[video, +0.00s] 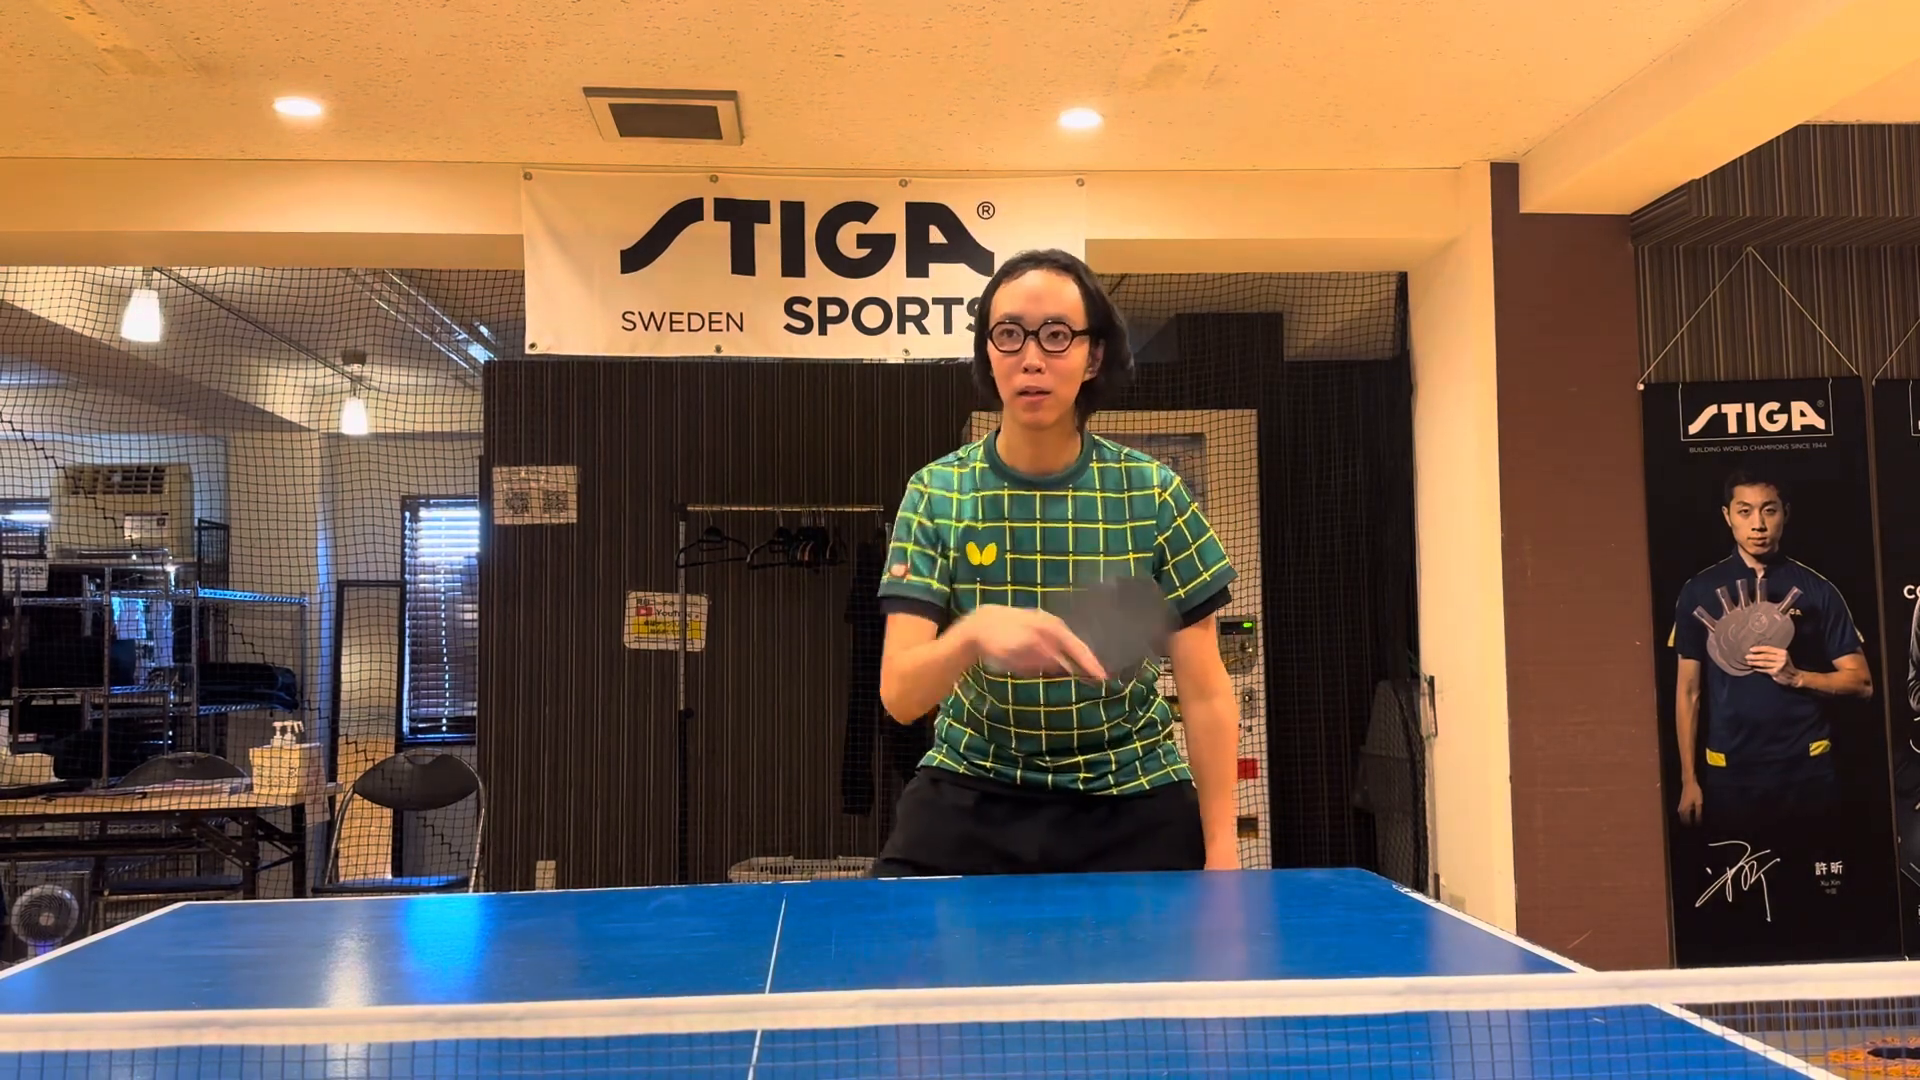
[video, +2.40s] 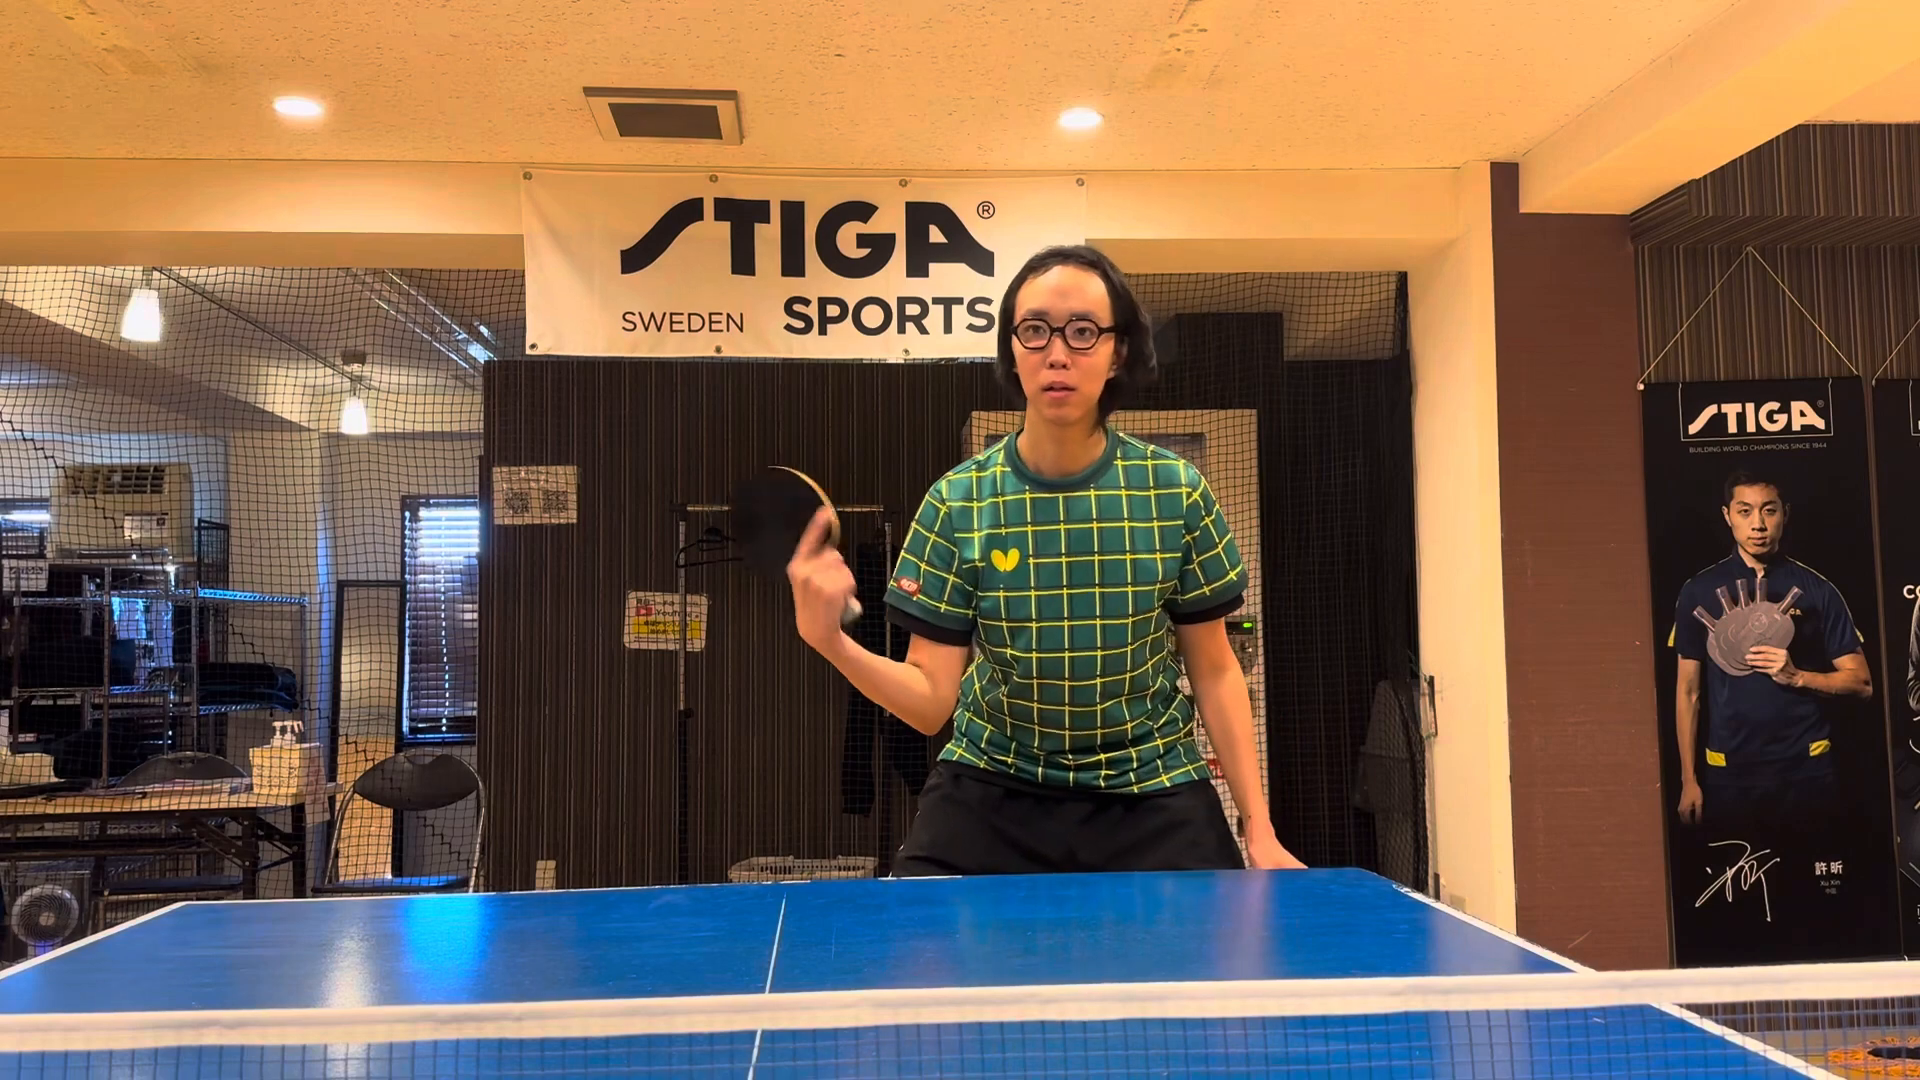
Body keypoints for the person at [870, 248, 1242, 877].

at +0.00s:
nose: (1031, 356)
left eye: (1056, 335)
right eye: (1011, 335)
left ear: (1092, 358)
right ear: (987, 354)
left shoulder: (1151, 494)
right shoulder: (938, 493)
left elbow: (1205, 691)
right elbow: (900, 694)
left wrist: (1222, 860)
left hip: (1133, 797)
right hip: (970, 794)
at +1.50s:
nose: (1129, 406)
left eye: (1154, 382)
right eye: (1105, 379)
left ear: (1182, 394)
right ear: (1074, 389)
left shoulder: (1223, 521)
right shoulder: (1005, 516)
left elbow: (1256, 713)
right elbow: (898, 696)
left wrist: (1269, 875)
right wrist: (968, 704)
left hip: (1174, 801)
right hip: (1012, 798)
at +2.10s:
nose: (1111, 364)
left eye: (1137, 344)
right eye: (1089, 341)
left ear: (1169, 367)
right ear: (1060, 360)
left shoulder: (1211, 504)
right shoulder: (996, 506)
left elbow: (1241, 689)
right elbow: (927, 710)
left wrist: (1270, 847)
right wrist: (877, 656)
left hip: (1168, 788)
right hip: (1007, 787)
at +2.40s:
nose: (1056, 353)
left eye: (1082, 332)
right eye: (1035, 331)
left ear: (1117, 354)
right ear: (1012, 351)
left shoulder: (1175, 492)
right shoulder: (959, 501)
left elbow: (1216, 672)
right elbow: (931, 702)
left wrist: (1260, 830)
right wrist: (831, 641)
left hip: (1152, 794)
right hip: (988, 793)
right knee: (905, 977)